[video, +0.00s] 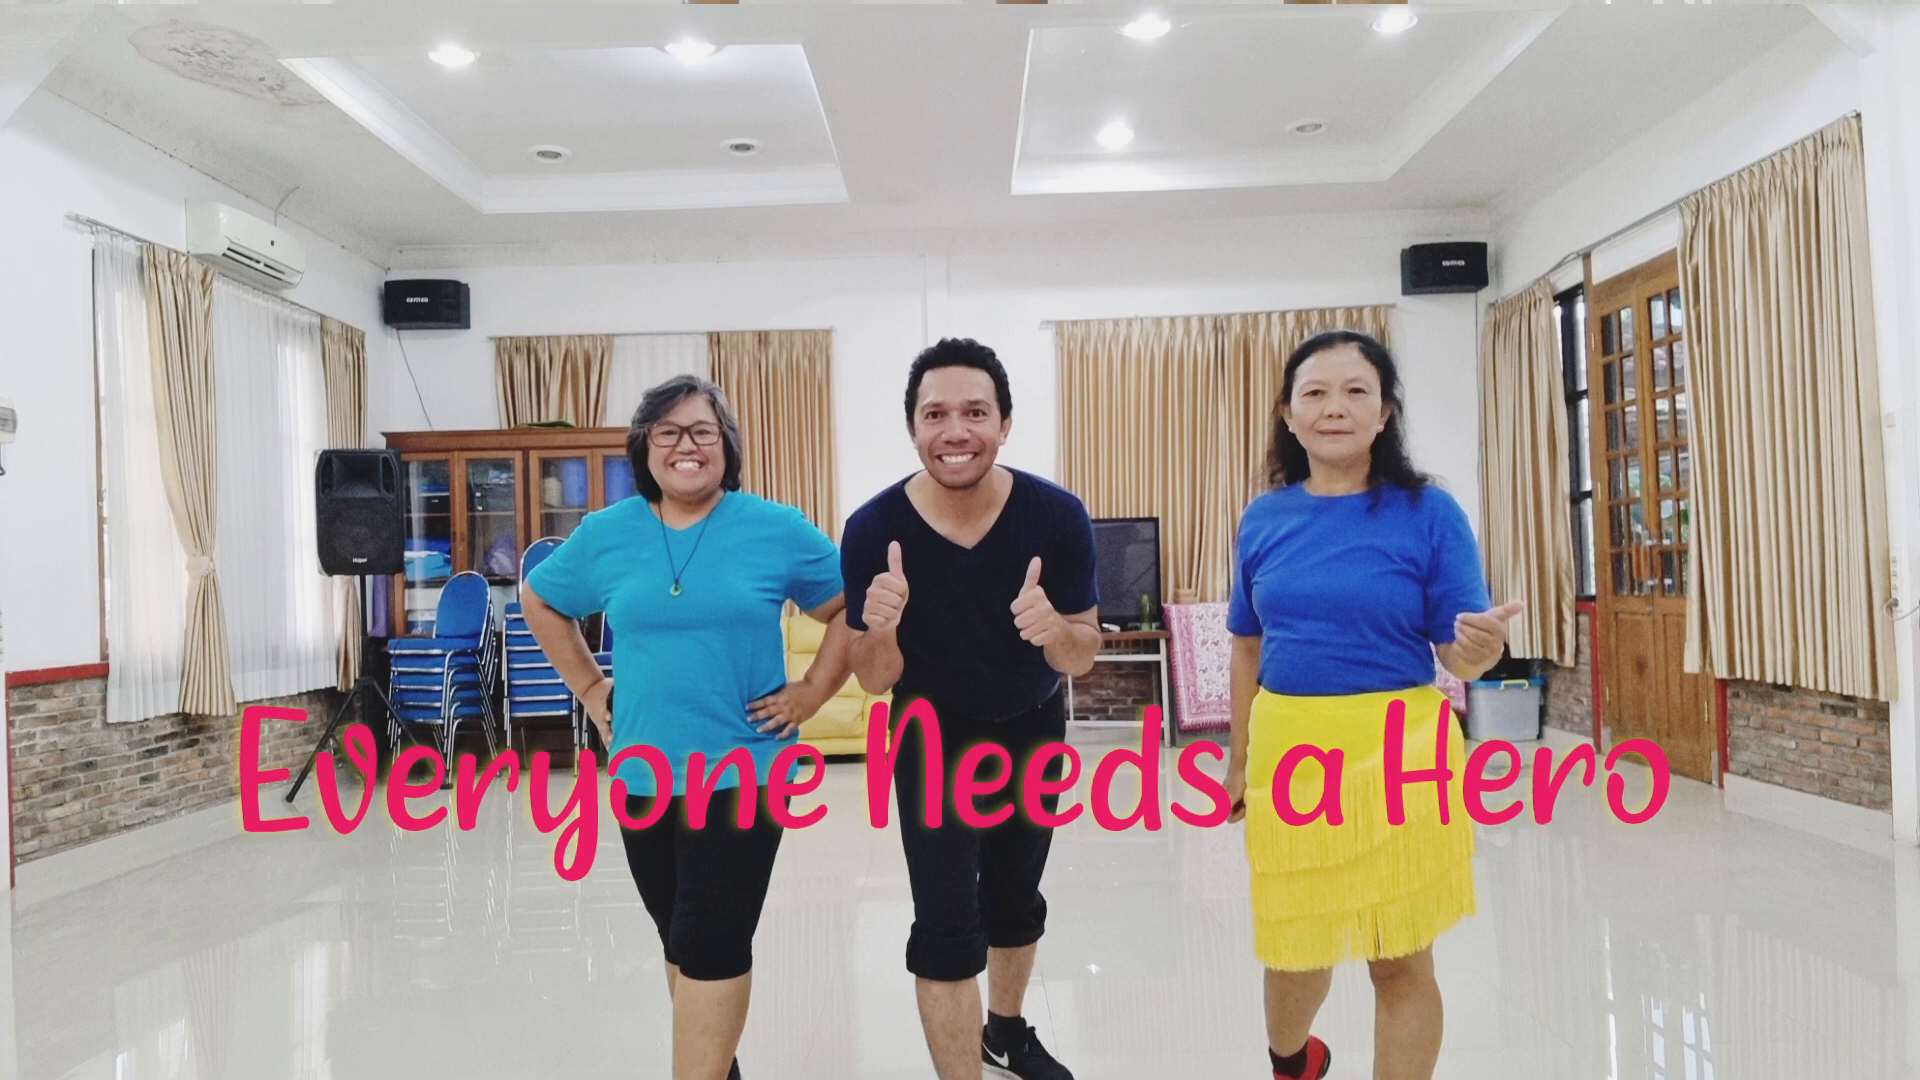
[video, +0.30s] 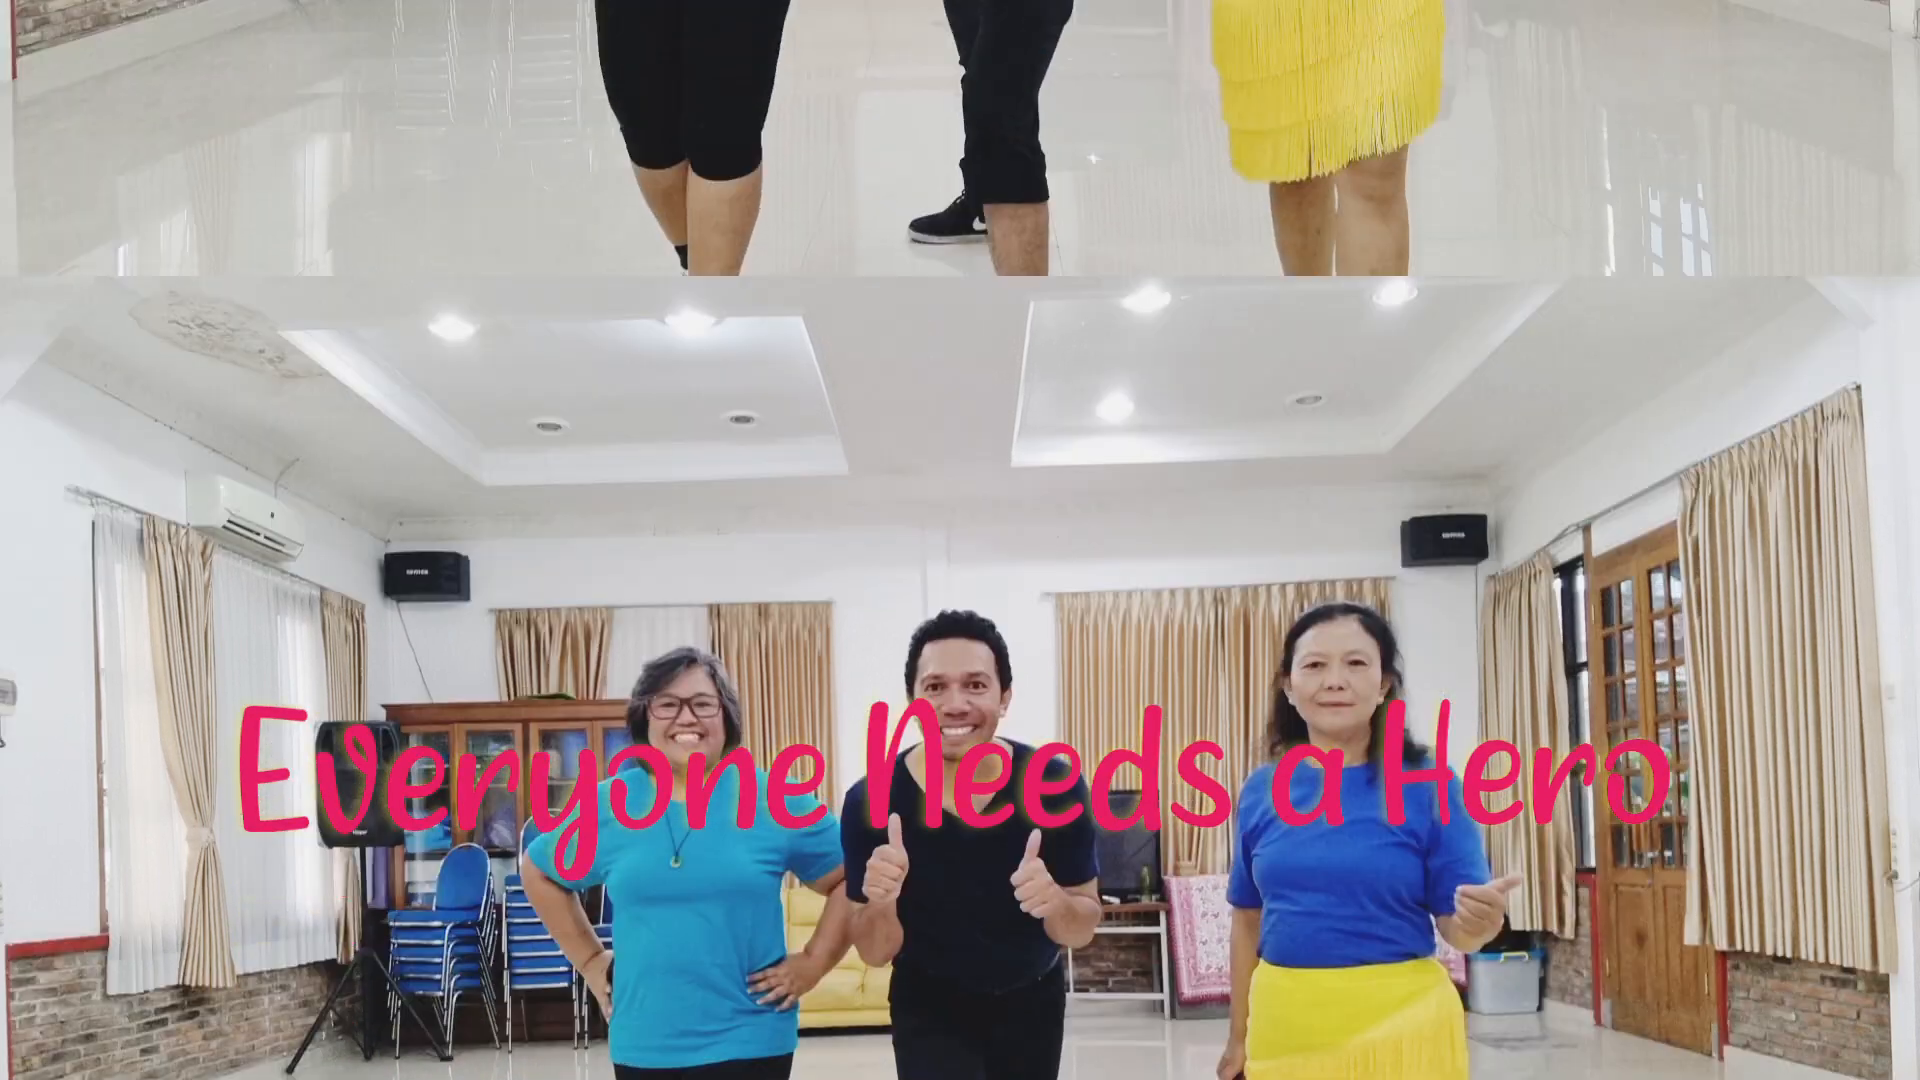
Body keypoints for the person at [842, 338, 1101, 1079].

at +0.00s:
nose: (955, 430)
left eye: (974, 412)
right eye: (936, 414)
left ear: (1004, 425)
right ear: (913, 428)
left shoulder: (1059, 518)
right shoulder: (872, 531)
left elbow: (1081, 657)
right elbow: (875, 677)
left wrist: (1055, 630)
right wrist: (879, 631)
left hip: (1030, 728)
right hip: (929, 732)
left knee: (1015, 901)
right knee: (949, 928)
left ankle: (1006, 1031)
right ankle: (959, 1077)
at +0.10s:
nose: (955, 462)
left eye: (974, 443)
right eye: (936, 444)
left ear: (1004, 455)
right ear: (913, 459)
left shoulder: (1057, 547)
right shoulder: (872, 561)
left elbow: (1082, 689)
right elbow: (872, 699)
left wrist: (1053, 662)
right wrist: (879, 662)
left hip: (1029, 765)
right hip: (932, 768)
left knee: (1013, 931)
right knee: (947, 957)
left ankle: (1007, 1059)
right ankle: (956, 1079)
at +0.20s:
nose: (955, 544)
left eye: (975, 525)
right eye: (936, 528)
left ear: (1004, 537)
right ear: (912, 542)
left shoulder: (1056, 629)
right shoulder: (873, 641)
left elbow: (1088, 753)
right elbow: (872, 786)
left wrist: (1054, 742)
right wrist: (885, 733)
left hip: (1029, 855)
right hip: (930, 856)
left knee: (1014, 1027)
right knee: (948, 1040)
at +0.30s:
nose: (955, 705)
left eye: (976, 685)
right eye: (935, 687)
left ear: (1005, 698)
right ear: (913, 701)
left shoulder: (1049, 781)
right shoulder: (873, 800)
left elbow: (1081, 930)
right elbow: (875, 952)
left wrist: (1055, 902)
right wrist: (880, 904)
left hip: (1028, 999)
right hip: (929, 1001)